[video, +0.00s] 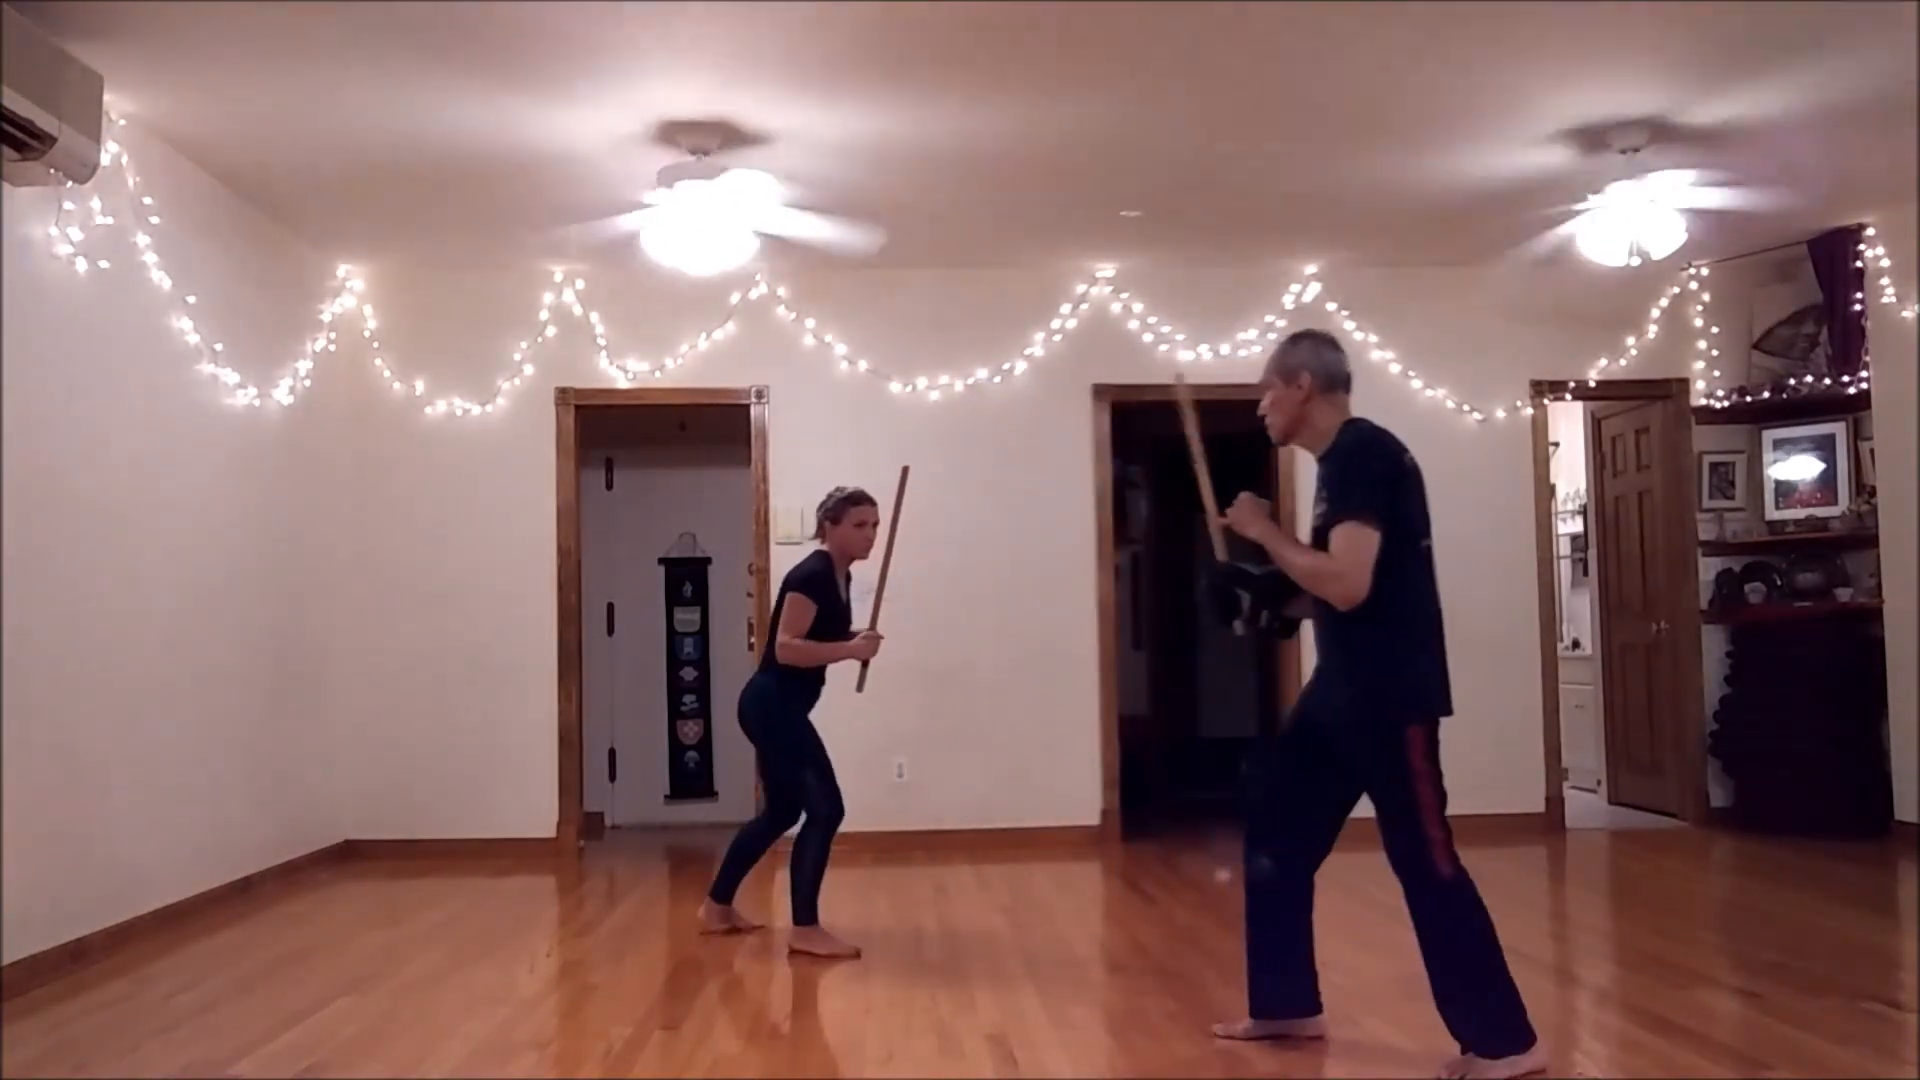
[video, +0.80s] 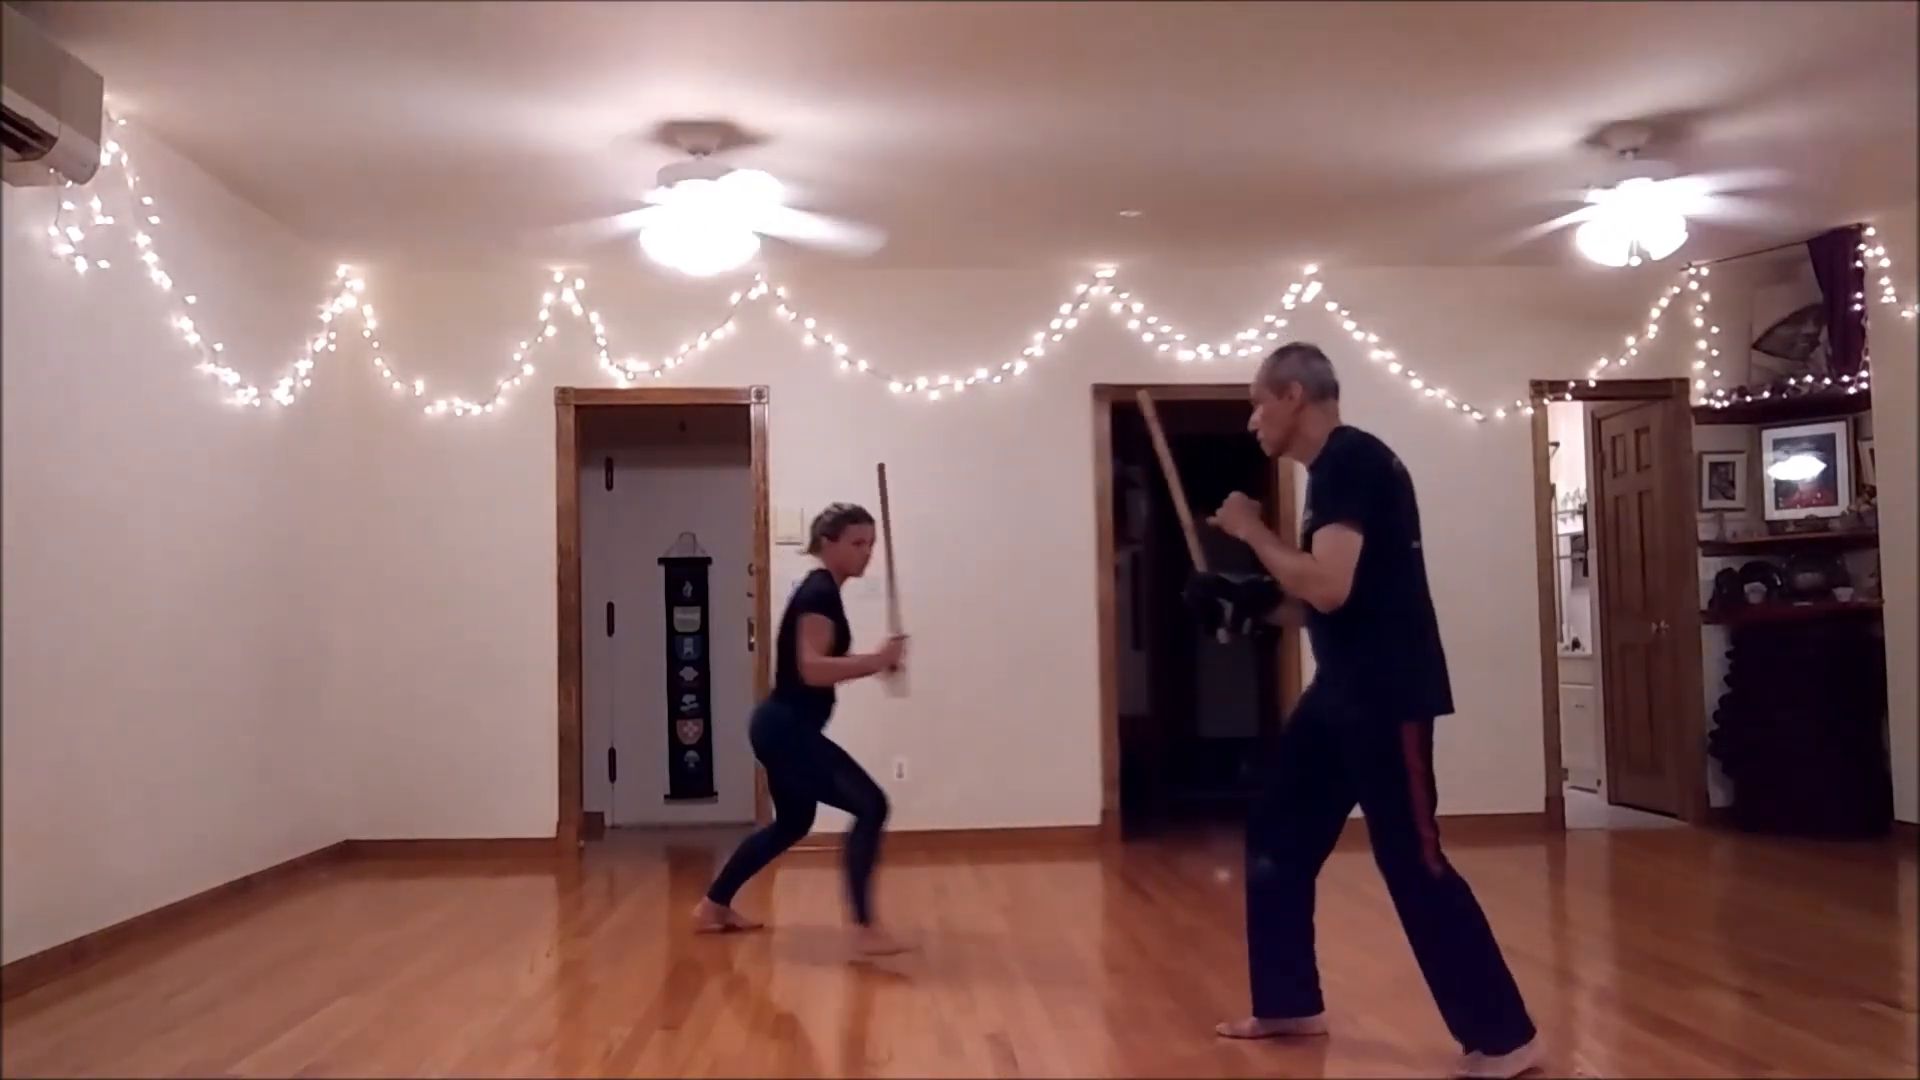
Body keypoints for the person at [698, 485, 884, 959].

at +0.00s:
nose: (870, 535)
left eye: (874, 526)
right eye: (861, 526)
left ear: (869, 531)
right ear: (830, 529)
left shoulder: (839, 575)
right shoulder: (811, 576)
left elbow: (814, 637)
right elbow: (785, 648)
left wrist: (851, 641)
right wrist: (850, 649)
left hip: (780, 706)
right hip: (773, 708)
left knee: (781, 811)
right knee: (826, 810)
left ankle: (717, 905)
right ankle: (805, 929)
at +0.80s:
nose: (868, 554)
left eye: (870, 545)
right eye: (861, 544)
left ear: (837, 547)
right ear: (831, 544)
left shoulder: (824, 591)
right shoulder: (818, 593)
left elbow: (821, 665)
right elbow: (811, 669)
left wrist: (875, 664)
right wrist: (875, 660)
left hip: (782, 728)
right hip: (788, 731)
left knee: (794, 821)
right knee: (872, 805)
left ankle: (715, 904)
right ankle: (864, 928)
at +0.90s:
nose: (898, 553)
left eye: (899, 543)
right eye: (889, 544)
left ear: (866, 549)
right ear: (858, 547)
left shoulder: (858, 593)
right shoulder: (852, 596)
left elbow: (895, 652)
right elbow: (874, 676)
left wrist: (929, 622)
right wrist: (942, 659)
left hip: (810, 731)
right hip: (817, 737)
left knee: (785, 824)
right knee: (904, 812)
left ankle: (714, 904)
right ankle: (952, 929)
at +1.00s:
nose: (949, 546)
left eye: (950, 537)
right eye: (941, 537)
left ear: (910, 543)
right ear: (910, 542)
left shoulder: (892, 586)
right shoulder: (908, 598)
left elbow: (929, 637)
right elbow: (981, 664)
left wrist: (958, 637)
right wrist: (1054, 670)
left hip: (843, 729)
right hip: (856, 739)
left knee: (836, 820)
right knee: (943, 817)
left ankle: (755, 883)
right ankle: (968, 945)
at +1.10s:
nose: (997, 539)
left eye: (997, 530)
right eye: (987, 531)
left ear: (953, 537)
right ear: (955, 535)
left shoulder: (926, 575)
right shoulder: (957, 590)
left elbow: (913, 642)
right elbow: (1007, 668)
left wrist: (957, 678)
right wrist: (1085, 674)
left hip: (860, 720)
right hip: (880, 730)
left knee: (926, 803)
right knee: (972, 819)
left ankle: (862, 898)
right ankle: (971, 946)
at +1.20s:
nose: (1020, 536)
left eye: (1021, 526)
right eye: (1010, 526)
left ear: (979, 530)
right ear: (975, 529)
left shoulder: (958, 573)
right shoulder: (967, 585)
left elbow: (965, 653)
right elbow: (975, 678)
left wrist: (993, 685)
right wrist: (1049, 666)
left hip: (903, 720)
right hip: (901, 727)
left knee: (997, 805)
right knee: (1002, 808)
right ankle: (973, 930)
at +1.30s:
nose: (1021, 531)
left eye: (1022, 521)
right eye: (1012, 521)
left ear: (976, 524)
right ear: (979, 521)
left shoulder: (966, 574)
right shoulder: (966, 580)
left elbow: (982, 656)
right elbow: (1005, 669)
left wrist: (996, 676)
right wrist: (1062, 613)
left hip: (948, 732)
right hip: (940, 736)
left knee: (1034, 821)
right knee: (1028, 823)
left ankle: (1002, 941)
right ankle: (991, 958)